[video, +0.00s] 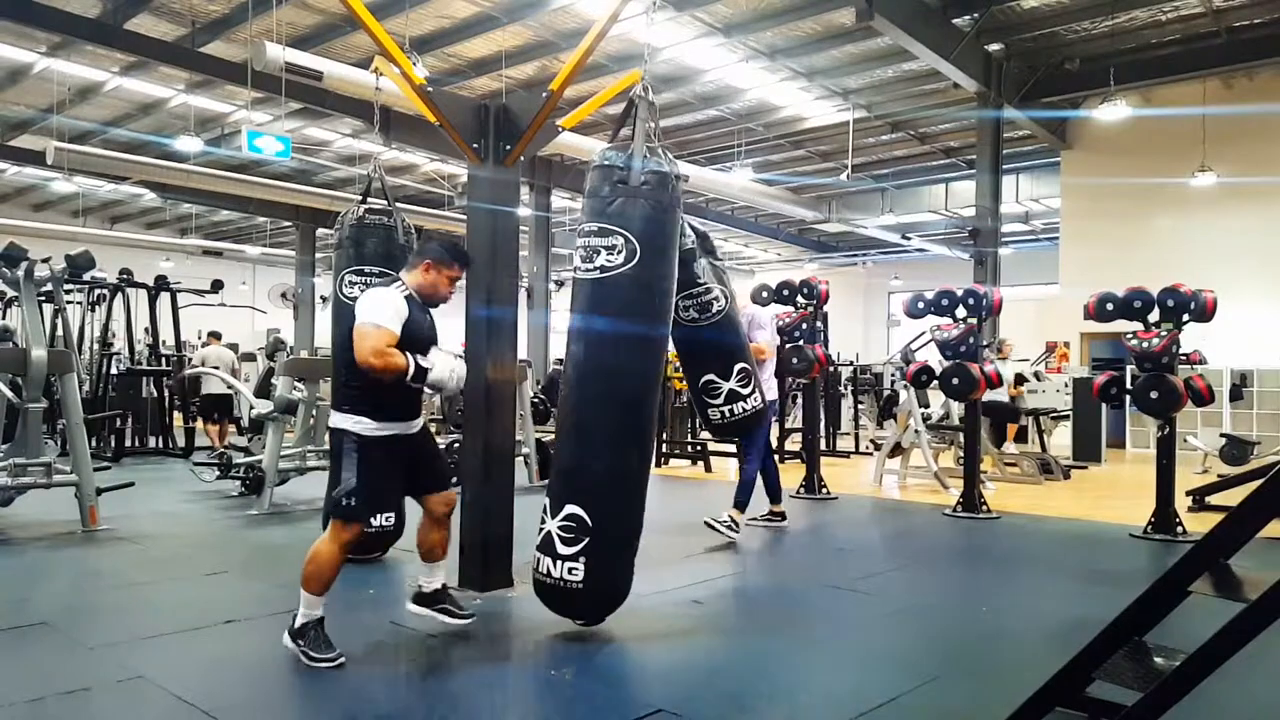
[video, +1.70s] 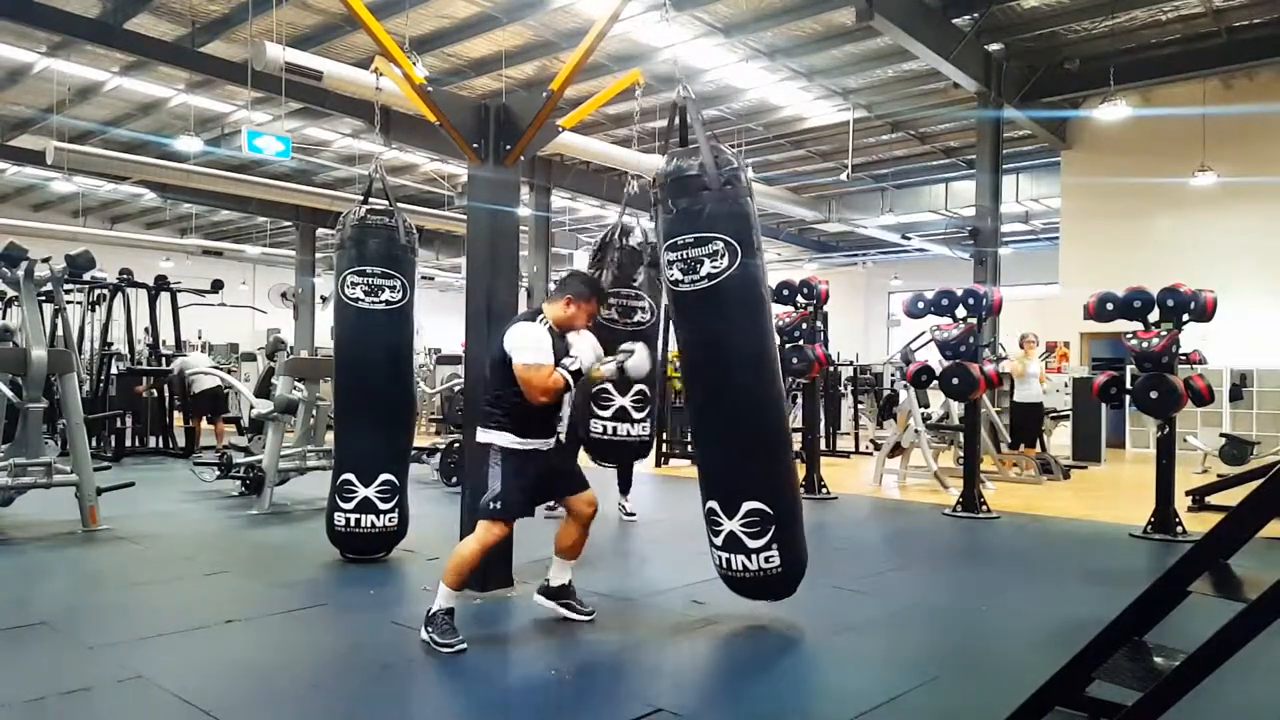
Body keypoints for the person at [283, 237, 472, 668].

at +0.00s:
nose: (452, 292)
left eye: (456, 284)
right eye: (451, 282)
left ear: (429, 273)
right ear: (427, 270)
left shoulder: (418, 310)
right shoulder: (383, 300)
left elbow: (411, 360)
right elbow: (370, 356)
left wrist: (444, 367)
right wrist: (429, 370)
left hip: (409, 431)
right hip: (362, 433)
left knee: (442, 501)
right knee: (344, 530)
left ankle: (430, 591)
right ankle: (305, 624)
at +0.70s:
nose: (500, 311)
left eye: (505, 303)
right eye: (500, 301)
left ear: (482, 289)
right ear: (478, 285)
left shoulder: (470, 321)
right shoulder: (428, 309)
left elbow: (471, 369)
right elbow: (427, 370)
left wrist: (502, 367)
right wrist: (477, 350)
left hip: (452, 437)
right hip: (406, 436)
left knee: (468, 517)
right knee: (382, 527)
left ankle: (459, 604)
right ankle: (318, 617)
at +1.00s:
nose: (507, 316)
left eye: (511, 309)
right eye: (506, 307)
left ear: (488, 296)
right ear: (482, 291)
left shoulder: (480, 329)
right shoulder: (433, 321)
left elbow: (483, 379)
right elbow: (441, 381)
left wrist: (518, 370)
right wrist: (499, 352)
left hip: (468, 446)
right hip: (425, 447)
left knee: (512, 506)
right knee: (407, 536)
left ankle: (495, 587)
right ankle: (367, 625)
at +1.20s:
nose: (535, 316)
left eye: (538, 309)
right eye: (533, 307)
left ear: (512, 299)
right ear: (508, 296)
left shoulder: (507, 332)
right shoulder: (465, 331)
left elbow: (518, 371)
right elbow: (461, 392)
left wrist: (546, 342)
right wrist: (514, 387)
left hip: (497, 449)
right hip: (456, 449)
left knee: (527, 521)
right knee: (439, 537)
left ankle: (544, 598)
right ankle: (375, 617)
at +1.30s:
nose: (556, 315)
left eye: (557, 308)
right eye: (554, 307)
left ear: (531, 300)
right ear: (536, 301)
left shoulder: (516, 326)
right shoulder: (506, 326)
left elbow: (515, 366)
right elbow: (486, 369)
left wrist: (546, 349)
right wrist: (533, 379)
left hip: (510, 448)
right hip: (478, 448)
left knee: (541, 514)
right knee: (467, 535)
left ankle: (547, 597)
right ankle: (383, 611)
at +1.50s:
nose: (583, 323)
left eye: (586, 316)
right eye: (583, 314)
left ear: (554, 302)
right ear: (567, 304)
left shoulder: (524, 325)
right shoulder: (552, 326)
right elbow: (585, 377)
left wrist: (608, 370)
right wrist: (619, 369)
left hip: (531, 447)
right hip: (500, 444)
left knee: (564, 511)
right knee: (478, 528)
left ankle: (547, 597)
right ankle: (399, 607)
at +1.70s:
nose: (589, 325)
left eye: (592, 318)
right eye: (589, 316)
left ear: (571, 305)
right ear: (569, 303)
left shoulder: (560, 337)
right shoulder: (527, 332)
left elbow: (570, 378)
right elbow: (540, 391)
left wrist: (614, 369)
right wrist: (577, 363)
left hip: (548, 447)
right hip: (508, 448)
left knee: (583, 507)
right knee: (492, 531)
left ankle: (557, 586)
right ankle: (439, 612)